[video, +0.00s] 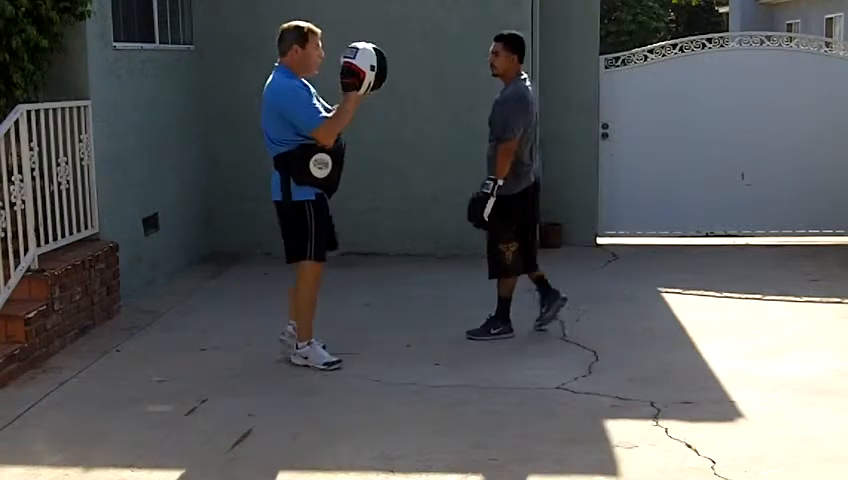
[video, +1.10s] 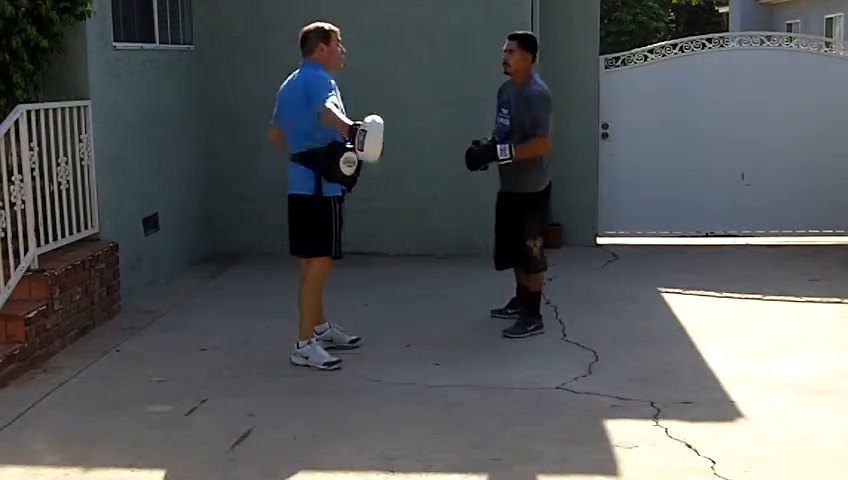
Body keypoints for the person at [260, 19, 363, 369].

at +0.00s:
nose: (323, 54)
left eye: (321, 47)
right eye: (318, 47)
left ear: (294, 52)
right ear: (296, 51)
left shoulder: (292, 83)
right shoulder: (287, 89)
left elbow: (330, 123)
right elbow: (326, 136)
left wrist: (353, 96)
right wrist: (351, 97)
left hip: (302, 189)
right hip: (297, 192)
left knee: (309, 262)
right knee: (312, 265)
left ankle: (295, 330)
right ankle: (305, 345)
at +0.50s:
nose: (330, 51)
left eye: (329, 45)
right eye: (325, 45)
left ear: (306, 51)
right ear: (305, 51)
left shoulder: (309, 82)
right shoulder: (288, 89)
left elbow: (328, 119)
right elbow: (298, 145)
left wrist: (357, 116)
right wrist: (344, 132)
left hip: (318, 186)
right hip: (301, 190)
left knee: (321, 260)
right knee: (311, 262)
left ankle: (320, 329)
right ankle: (304, 345)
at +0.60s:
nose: (335, 51)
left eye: (334, 45)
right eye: (330, 45)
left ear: (312, 51)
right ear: (310, 51)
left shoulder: (314, 84)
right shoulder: (287, 91)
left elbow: (322, 136)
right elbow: (283, 149)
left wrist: (352, 134)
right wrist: (323, 165)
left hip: (320, 189)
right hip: (302, 193)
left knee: (322, 260)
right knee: (312, 262)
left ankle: (319, 330)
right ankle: (304, 345)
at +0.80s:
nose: (345, 53)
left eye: (343, 46)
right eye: (340, 46)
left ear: (320, 51)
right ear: (321, 50)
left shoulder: (318, 83)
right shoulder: (298, 88)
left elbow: (326, 133)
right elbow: (279, 138)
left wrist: (353, 145)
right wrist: (279, 184)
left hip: (326, 190)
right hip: (311, 192)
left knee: (322, 261)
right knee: (316, 263)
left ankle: (319, 330)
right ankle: (304, 344)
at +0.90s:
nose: (345, 52)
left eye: (344, 46)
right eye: (341, 45)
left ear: (319, 49)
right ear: (325, 48)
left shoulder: (318, 82)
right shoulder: (305, 84)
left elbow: (314, 133)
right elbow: (288, 134)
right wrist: (284, 174)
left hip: (325, 189)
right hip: (313, 191)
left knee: (322, 260)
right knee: (317, 262)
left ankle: (318, 329)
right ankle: (305, 344)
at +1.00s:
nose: (345, 52)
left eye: (343, 46)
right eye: (341, 46)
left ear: (313, 50)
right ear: (325, 48)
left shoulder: (294, 82)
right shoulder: (316, 81)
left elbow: (282, 131)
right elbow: (306, 127)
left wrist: (303, 154)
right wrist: (317, 159)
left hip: (306, 190)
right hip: (318, 192)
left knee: (314, 261)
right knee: (319, 262)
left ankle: (318, 329)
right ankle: (305, 344)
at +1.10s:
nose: (343, 52)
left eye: (342, 46)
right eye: (339, 46)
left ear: (311, 51)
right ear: (322, 49)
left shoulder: (289, 84)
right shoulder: (321, 79)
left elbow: (274, 134)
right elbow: (328, 113)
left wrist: (306, 153)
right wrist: (355, 130)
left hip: (301, 187)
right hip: (320, 188)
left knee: (312, 261)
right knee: (319, 262)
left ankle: (318, 329)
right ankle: (305, 344)